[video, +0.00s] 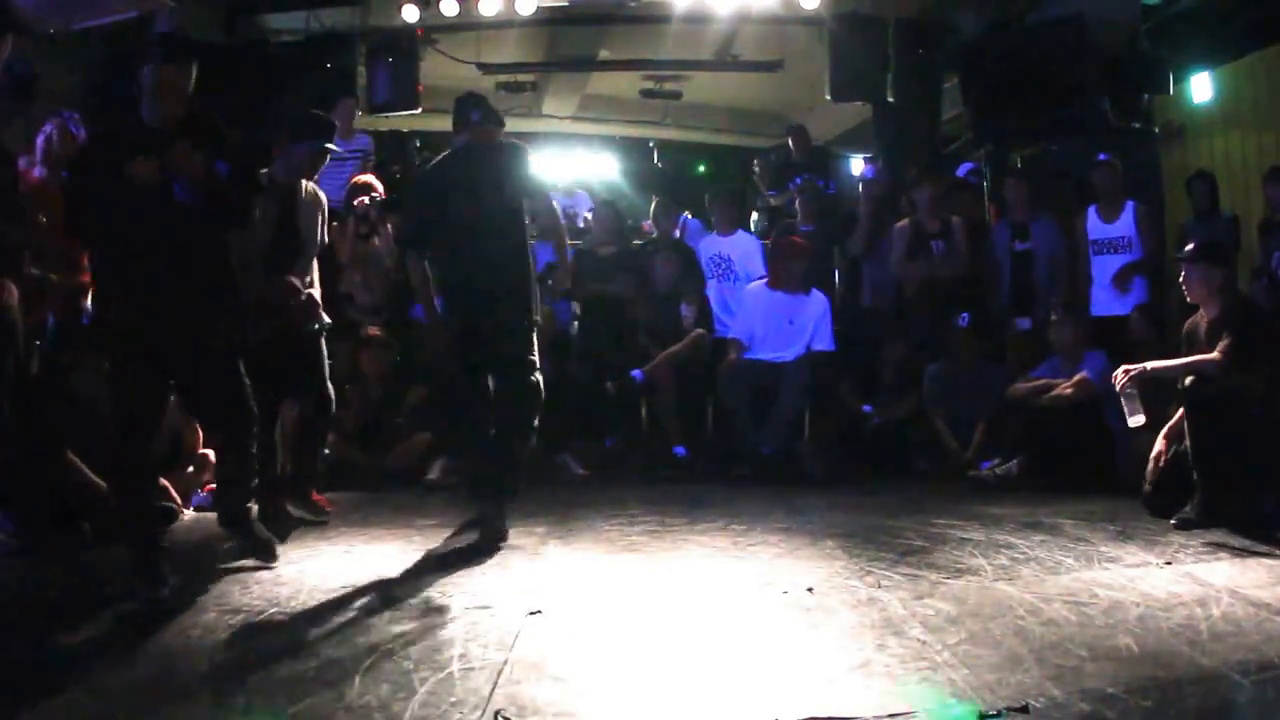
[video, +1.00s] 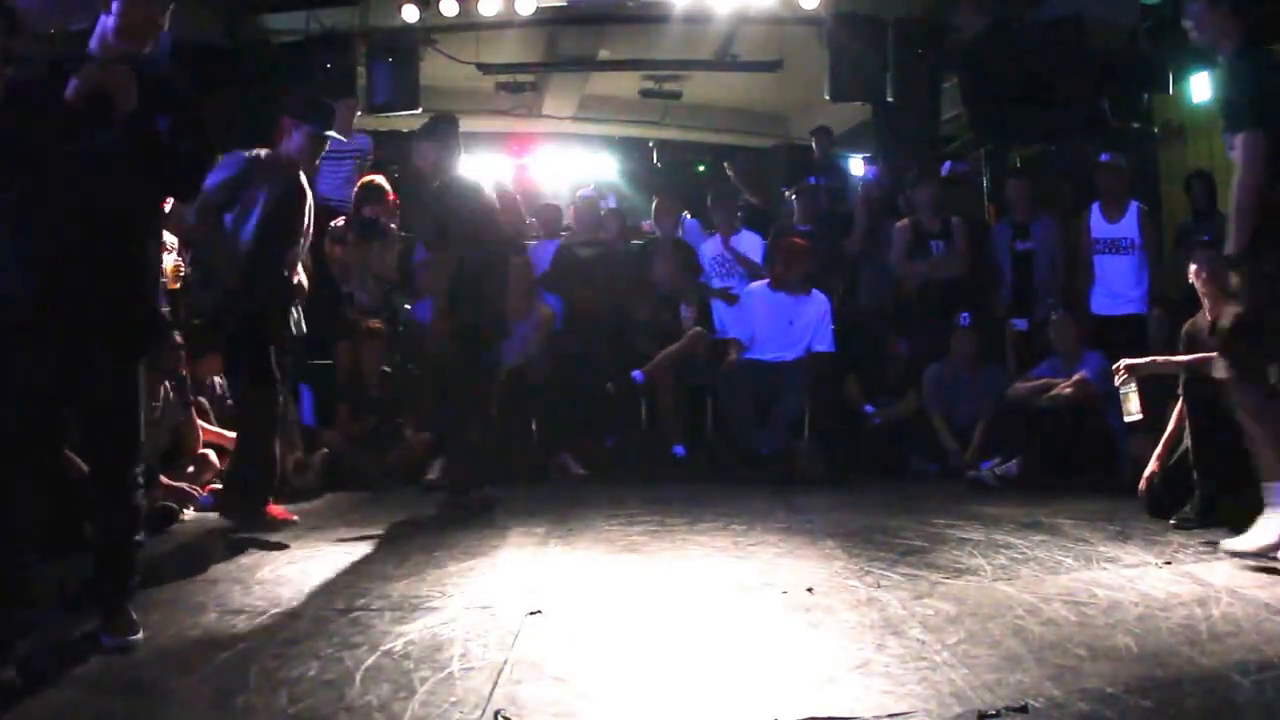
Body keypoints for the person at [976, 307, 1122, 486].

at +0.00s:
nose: (1055, 335)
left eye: (1061, 328)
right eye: (1053, 329)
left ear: (1078, 331)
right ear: (1049, 333)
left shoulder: (1095, 360)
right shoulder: (1056, 362)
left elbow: (1072, 393)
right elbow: (1012, 392)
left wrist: (1036, 401)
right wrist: (1056, 383)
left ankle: (1021, 462)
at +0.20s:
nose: (1054, 334)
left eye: (1061, 328)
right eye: (1052, 328)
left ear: (1077, 330)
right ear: (1049, 333)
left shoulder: (1095, 359)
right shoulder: (1056, 362)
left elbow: (1071, 393)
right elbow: (1012, 392)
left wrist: (1035, 401)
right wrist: (1054, 384)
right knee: (1005, 406)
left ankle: (1019, 463)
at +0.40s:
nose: (1053, 332)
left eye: (1060, 326)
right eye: (1052, 326)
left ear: (1077, 329)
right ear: (1049, 331)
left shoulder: (1095, 361)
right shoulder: (1054, 363)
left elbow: (1069, 393)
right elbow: (1011, 392)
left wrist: (1033, 400)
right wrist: (1054, 384)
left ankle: (1019, 464)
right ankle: (1002, 459)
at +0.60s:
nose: (1053, 334)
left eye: (1060, 327)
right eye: (1052, 328)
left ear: (1077, 330)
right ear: (1048, 332)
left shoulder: (1096, 361)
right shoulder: (1054, 363)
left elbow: (1070, 393)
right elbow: (1012, 392)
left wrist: (1038, 399)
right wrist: (1054, 383)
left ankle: (1020, 463)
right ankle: (1003, 458)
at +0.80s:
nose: (1054, 334)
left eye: (1061, 327)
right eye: (1051, 328)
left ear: (1076, 331)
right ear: (1048, 333)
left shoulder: (1094, 360)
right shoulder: (1054, 363)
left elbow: (1072, 393)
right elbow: (1012, 392)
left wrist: (1039, 399)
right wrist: (1055, 383)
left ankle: (1020, 463)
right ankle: (1001, 459)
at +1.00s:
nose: (1056, 337)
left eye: (1061, 330)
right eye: (1053, 331)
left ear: (1075, 331)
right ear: (1049, 335)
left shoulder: (1093, 361)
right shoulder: (1054, 363)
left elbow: (1073, 393)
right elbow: (1012, 393)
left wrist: (1038, 400)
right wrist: (1054, 384)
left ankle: (1022, 462)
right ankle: (1005, 457)